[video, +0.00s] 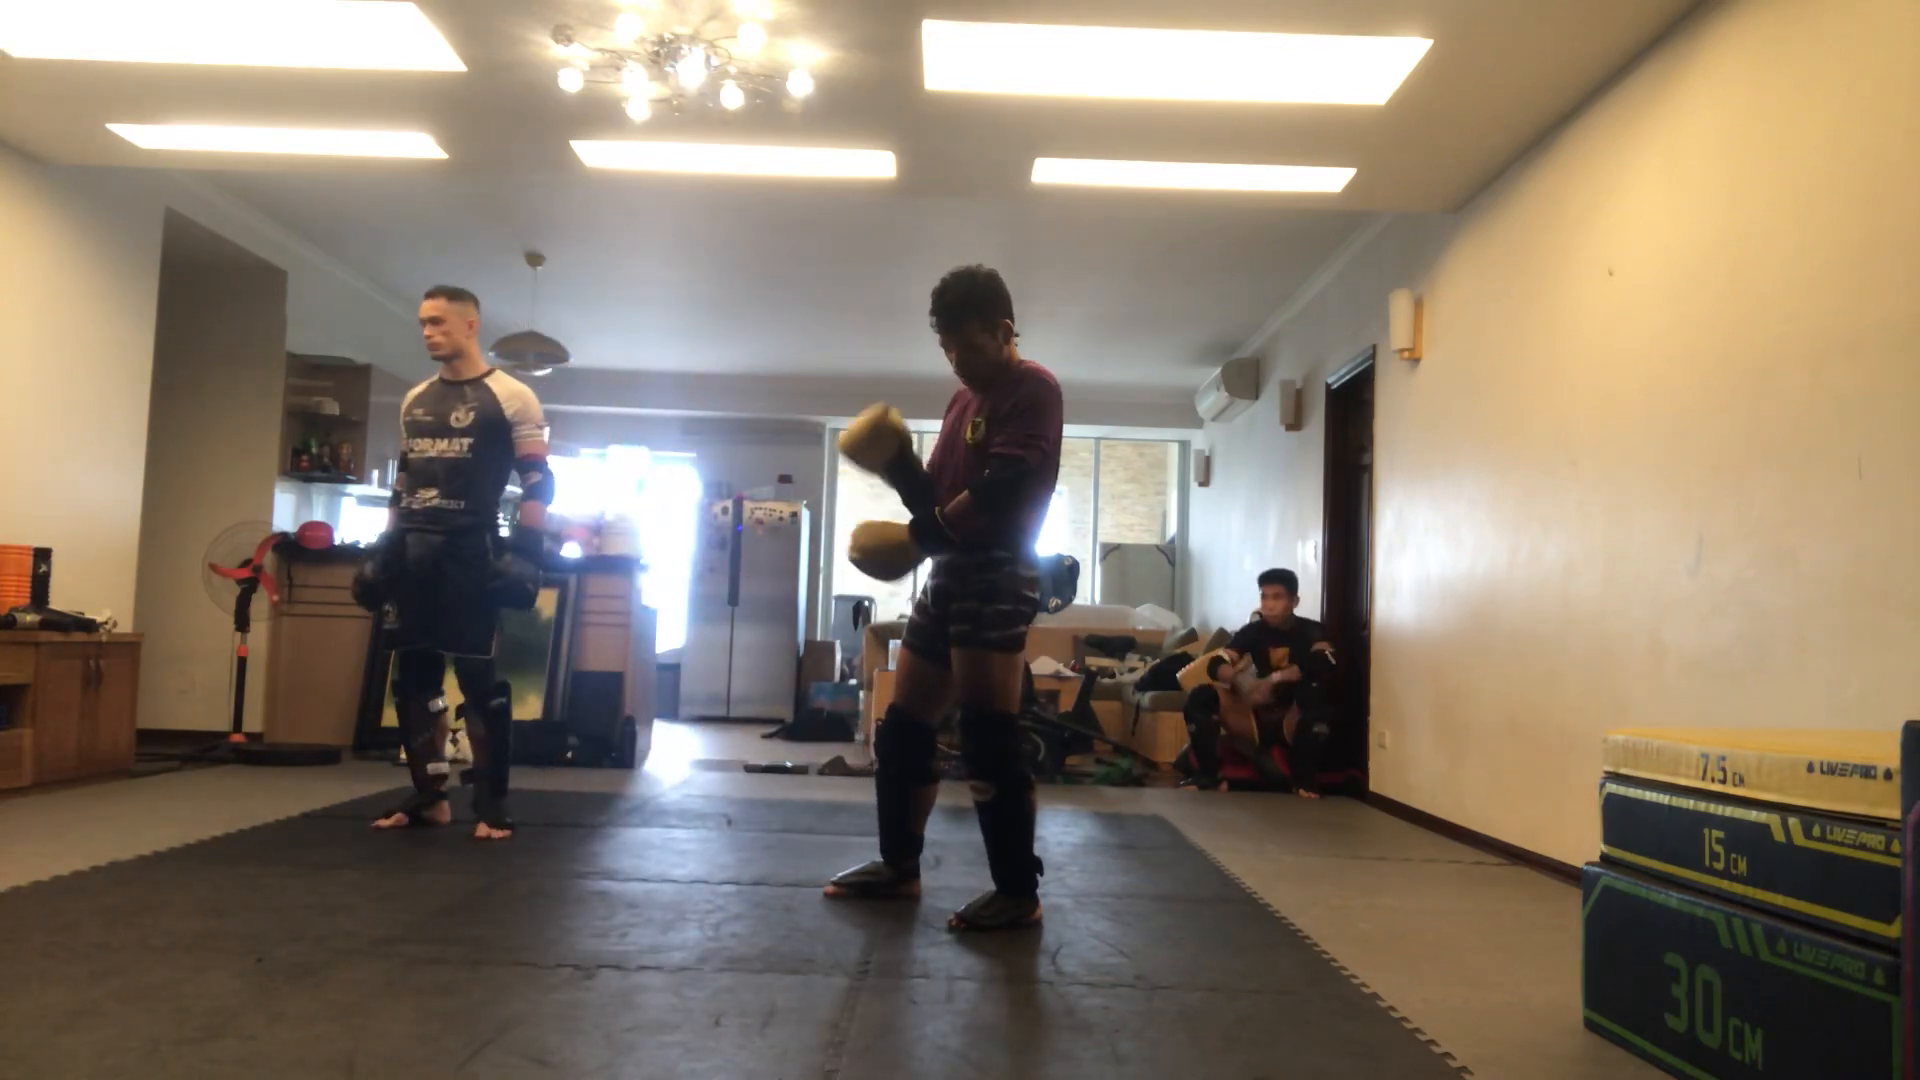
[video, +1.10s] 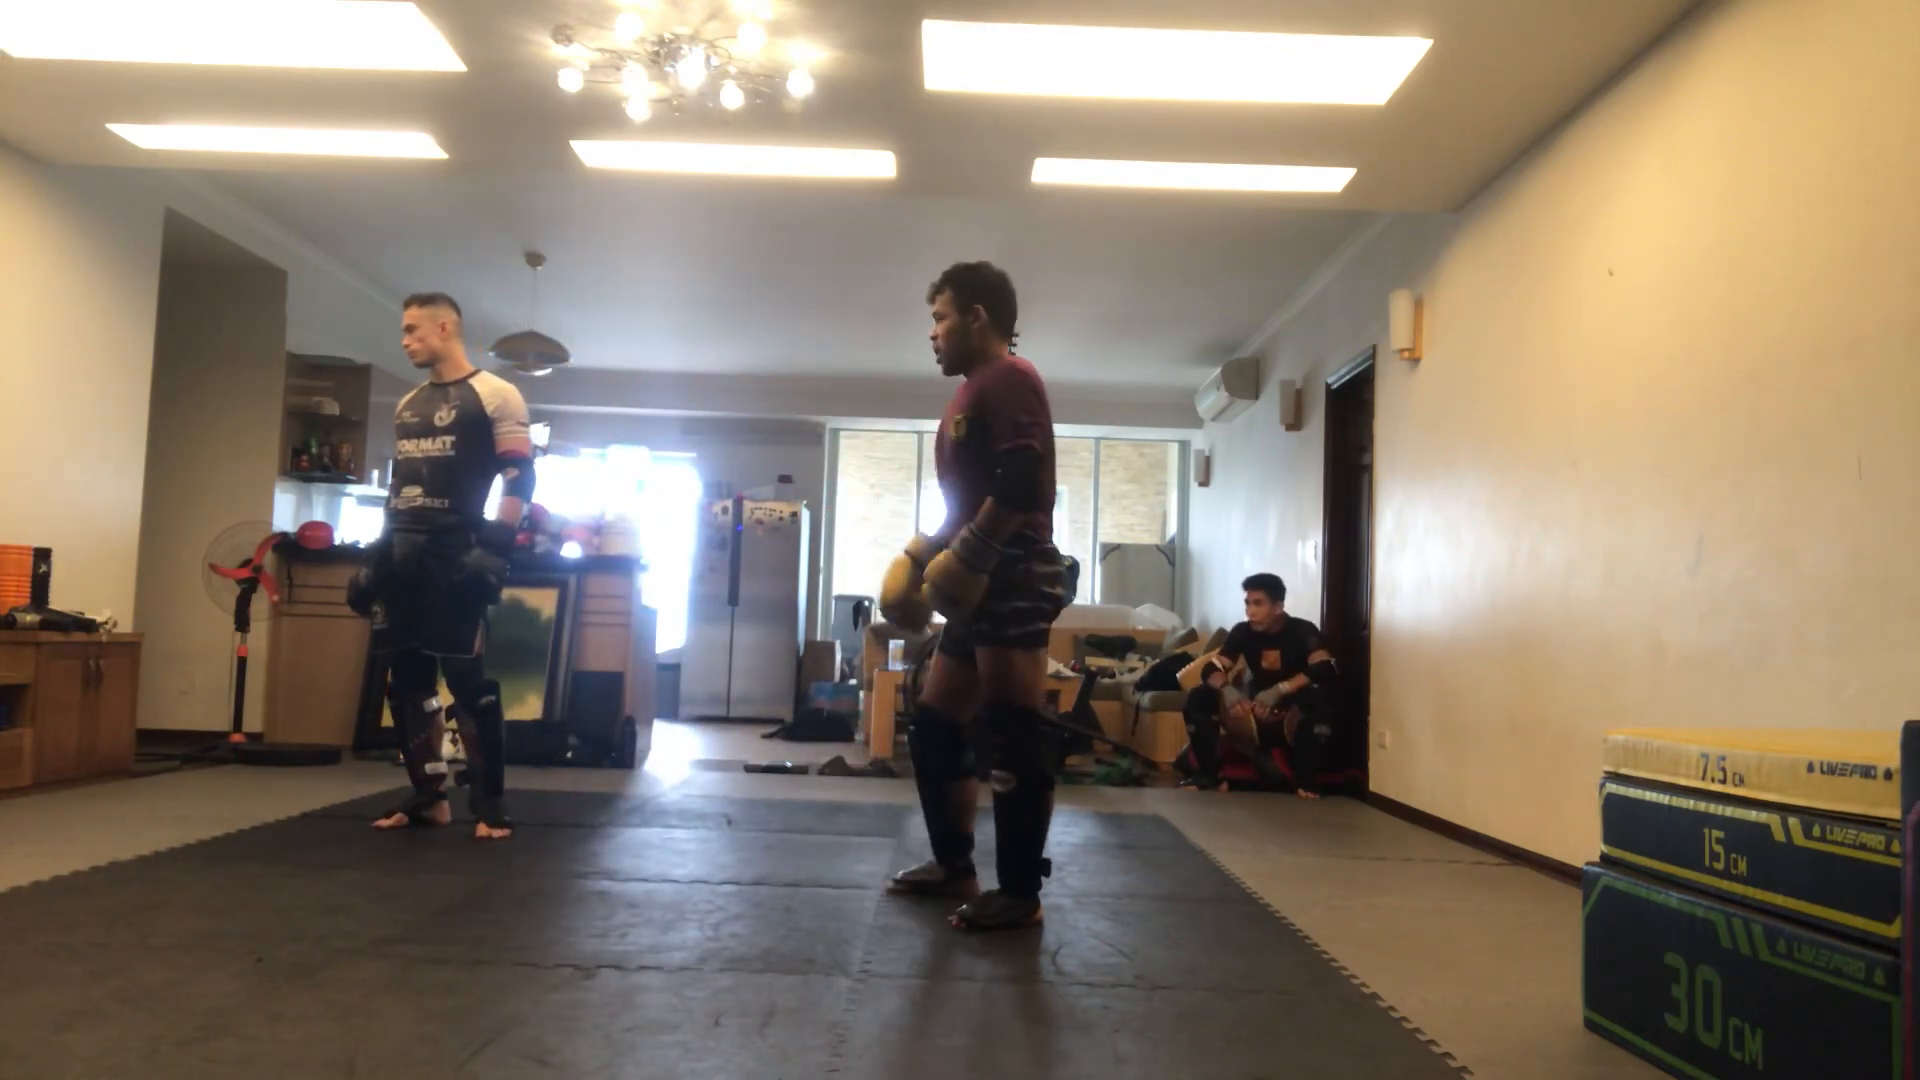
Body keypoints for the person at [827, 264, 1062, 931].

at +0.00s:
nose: (949, 359)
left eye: (958, 343)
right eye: (944, 345)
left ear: (1001, 331)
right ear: (946, 338)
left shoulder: (1034, 390)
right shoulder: (960, 401)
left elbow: (1004, 490)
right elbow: (938, 502)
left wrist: (922, 537)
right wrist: (896, 466)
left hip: (997, 575)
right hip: (945, 574)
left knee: (989, 734)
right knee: (906, 728)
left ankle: (1018, 893)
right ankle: (899, 868)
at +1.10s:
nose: (932, 332)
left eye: (941, 318)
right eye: (931, 320)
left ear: (980, 318)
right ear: (974, 322)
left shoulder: (1009, 379)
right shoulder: (973, 390)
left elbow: (1019, 483)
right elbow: (968, 501)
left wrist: (964, 561)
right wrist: (920, 555)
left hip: (1018, 573)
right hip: (981, 572)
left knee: (1015, 728)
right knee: (937, 720)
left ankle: (1019, 894)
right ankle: (954, 866)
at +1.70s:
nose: (904, 347)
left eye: (911, 333)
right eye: (905, 335)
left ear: (944, 333)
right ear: (956, 337)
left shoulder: (962, 383)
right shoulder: (980, 388)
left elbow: (966, 483)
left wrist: (912, 562)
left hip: (975, 569)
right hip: (990, 568)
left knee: (929, 717)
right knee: (963, 726)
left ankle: (930, 869)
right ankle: (956, 872)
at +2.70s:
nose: (850, 352)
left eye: (855, 338)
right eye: (851, 338)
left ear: (881, 341)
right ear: (904, 343)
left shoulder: (910, 414)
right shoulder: (927, 408)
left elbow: (885, 531)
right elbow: (901, 526)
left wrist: (841, 609)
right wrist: (854, 601)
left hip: (900, 591)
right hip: (913, 588)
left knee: (876, 726)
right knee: (872, 716)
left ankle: (877, 870)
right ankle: (924, 823)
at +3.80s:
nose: (868, 379)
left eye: (871, 367)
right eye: (868, 368)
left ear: (895, 362)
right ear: (913, 364)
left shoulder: (932, 419)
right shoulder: (933, 420)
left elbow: (928, 511)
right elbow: (926, 514)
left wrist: (900, 587)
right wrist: (899, 588)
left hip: (909, 590)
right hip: (926, 591)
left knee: (883, 720)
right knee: (919, 724)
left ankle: (897, 852)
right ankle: (918, 846)